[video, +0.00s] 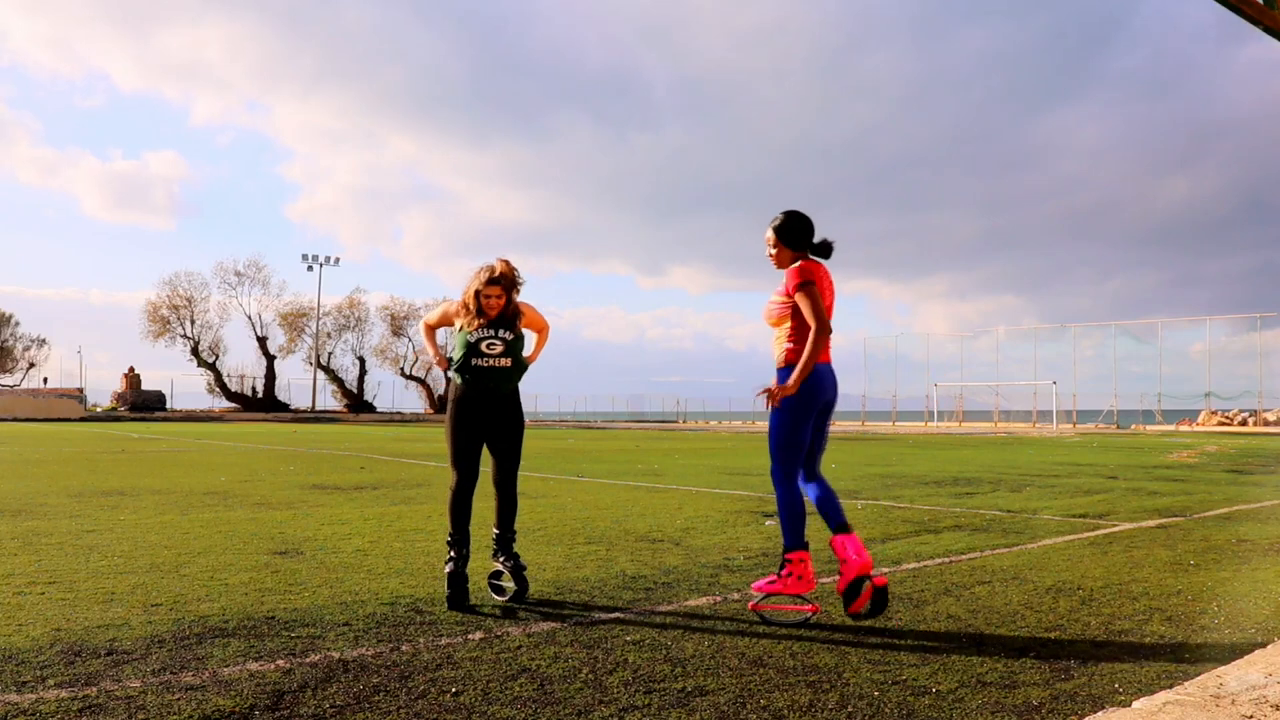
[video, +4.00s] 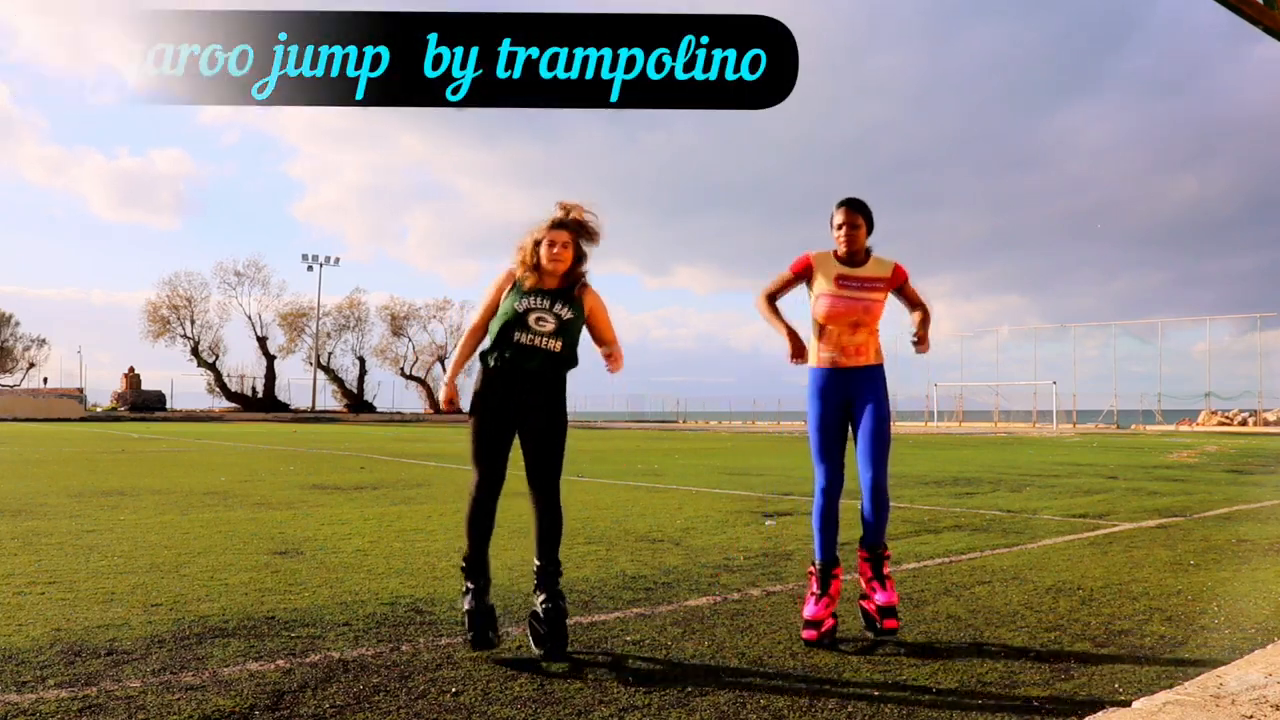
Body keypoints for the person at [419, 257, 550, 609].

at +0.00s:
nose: (493, 303)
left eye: (500, 297)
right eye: (488, 296)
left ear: (509, 295)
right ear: (476, 293)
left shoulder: (519, 313)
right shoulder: (457, 311)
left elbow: (543, 328)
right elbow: (426, 324)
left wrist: (530, 358)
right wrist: (435, 355)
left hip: (506, 402)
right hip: (465, 402)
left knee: (506, 482)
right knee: (464, 480)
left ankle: (504, 550)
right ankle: (457, 553)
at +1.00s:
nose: (503, 281)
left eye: (509, 276)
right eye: (497, 275)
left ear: (518, 281)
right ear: (485, 279)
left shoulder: (529, 319)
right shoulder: (465, 312)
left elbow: (539, 365)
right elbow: (443, 360)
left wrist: (534, 399)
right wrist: (450, 399)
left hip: (514, 411)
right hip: (472, 410)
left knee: (514, 487)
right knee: (476, 486)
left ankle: (512, 559)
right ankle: (472, 560)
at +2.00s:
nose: (528, 290)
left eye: (535, 284)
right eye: (522, 282)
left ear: (543, 285)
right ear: (507, 281)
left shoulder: (551, 320)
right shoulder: (483, 313)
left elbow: (561, 371)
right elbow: (458, 357)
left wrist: (570, 418)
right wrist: (446, 398)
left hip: (533, 414)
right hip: (486, 412)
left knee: (533, 491)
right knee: (488, 486)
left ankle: (533, 570)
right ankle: (483, 562)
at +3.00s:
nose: (531, 263)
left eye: (539, 257)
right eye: (524, 256)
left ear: (549, 262)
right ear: (511, 259)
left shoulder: (565, 306)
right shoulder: (489, 302)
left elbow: (577, 362)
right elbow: (468, 357)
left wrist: (585, 410)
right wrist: (461, 408)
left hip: (547, 415)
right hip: (496, 414)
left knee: (545, 503)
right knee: (497, 502)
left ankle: (548, 595)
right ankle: (494, 597)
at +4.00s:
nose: (555, 250)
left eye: (565, 246)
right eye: (549, 242)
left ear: (576, 254)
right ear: (537, 245)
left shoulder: (584, 297)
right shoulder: (511, 281)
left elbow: (609, 342)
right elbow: (477, 330)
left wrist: (612, 356)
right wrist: (451, 378)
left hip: (545, 402)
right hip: (495, 397)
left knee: (546, 493)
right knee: (487, 485)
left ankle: (548, 592)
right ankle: (475, 587)